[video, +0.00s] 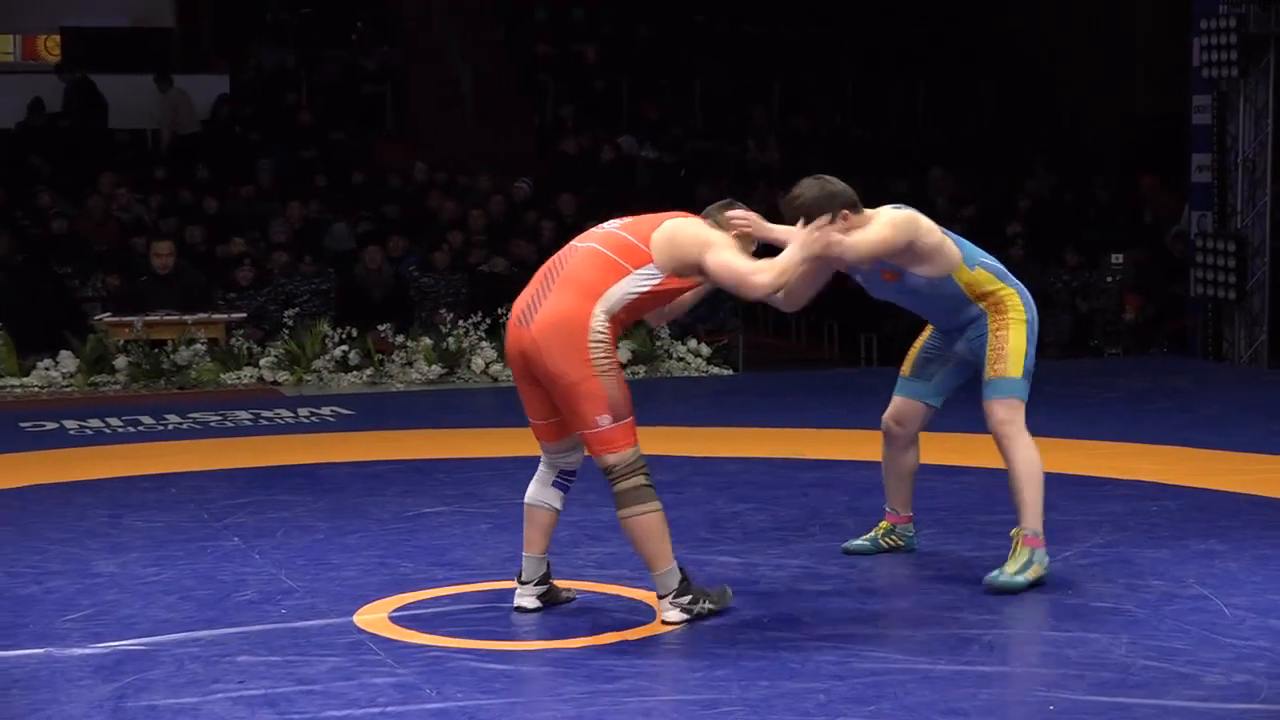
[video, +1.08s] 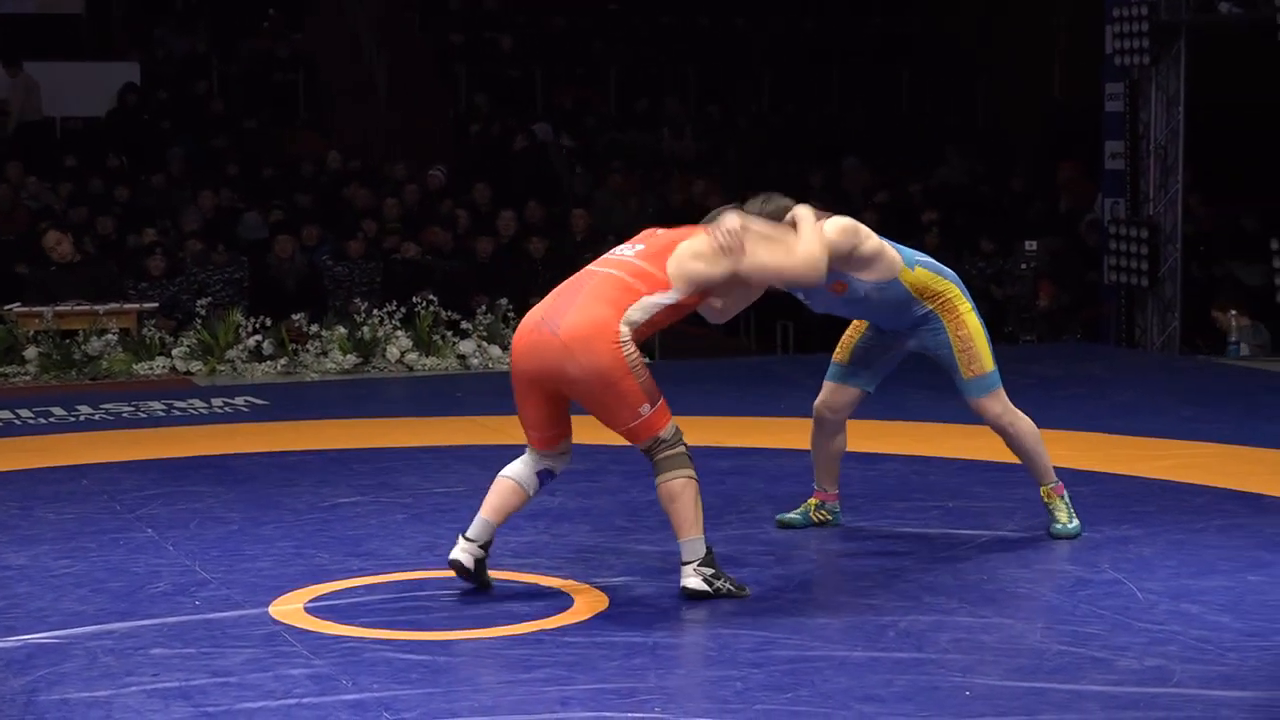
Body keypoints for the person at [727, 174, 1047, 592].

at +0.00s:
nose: (811, 241)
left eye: (813, 231)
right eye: (805, 234)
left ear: (842, 219)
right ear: (832, 224)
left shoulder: (897, 223)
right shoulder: (836, 247)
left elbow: (846, 250)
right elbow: (788, 298)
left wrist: (769, 232)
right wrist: (734, 261)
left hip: (1000, 309)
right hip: (947, 326)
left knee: (1006, 420)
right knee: (898, 423)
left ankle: (1032, 546)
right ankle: (898, 526)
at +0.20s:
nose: (786, 255)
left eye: (790, 242)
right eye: (781, 245)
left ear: (812, 229)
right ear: (789, 243)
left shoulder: (871, 238)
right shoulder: (805, 261)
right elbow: (757, 291)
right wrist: (778, 244)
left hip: (971, 303)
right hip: (919, 320)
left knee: (1008, 415)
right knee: (875, 419)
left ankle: (1089, 514)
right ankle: (884, 524)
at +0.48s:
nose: (791, 255)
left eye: (792, 246)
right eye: (785, 250)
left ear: (816, 229)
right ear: (798, 242)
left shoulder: (871, 233)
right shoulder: (834, 268)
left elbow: (807, 201)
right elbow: (825, 285)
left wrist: (755, 172)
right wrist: (790, 299)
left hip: (981, 324)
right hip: (928, 334)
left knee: (1032, 438)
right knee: (867, 416)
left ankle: (1095, 519)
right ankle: (866, 522)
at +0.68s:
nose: (792, 255)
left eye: (792, 242)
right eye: (784, 247)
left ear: (813, 228)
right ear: (789, 243)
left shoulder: (868, 233)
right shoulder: (836, 265)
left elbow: (801, 217)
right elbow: (830, 285)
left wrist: (748, 186)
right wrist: (786, 326)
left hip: (982, 317)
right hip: (928, 326)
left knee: (1026, 440)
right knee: (856, 405)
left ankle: (1081, 517)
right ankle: (859, 504)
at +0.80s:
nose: (782, 249)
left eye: (787, 236)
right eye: (775, 241)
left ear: (810, 227)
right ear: (774, 241)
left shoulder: (858, 234)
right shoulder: (800, 262)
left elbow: (798, 216)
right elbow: (740, 295)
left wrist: (740, 188)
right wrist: (672, 316)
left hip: (966, 314)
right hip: (910, 325)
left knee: (1008, 437)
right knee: (848, 417)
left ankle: (1064, 516)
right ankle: (843, 495)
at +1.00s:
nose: (736, 252)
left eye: (742, 240)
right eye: (736, 241)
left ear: (769, 233)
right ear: (761, 236)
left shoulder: (834, 236)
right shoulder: (763, 266)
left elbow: (800, 204)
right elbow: (715, 310)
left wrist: (736, 197)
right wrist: (693, 269)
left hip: (936, 298)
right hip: (881, 318)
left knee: (992, 406)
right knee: (833, 411)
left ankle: (1051, 500)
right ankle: (827, 502)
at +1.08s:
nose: (767, 257)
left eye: (769, 245)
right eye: (761, 249)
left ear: (787, 226)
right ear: (758, 241)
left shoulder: (837, 234)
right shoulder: (777, 260)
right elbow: (718, 311)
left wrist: (736, 238)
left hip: (938, 305)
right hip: (879, 319)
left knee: (995, 410)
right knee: (827, 409)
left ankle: (1054, 495)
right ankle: (825, 502)